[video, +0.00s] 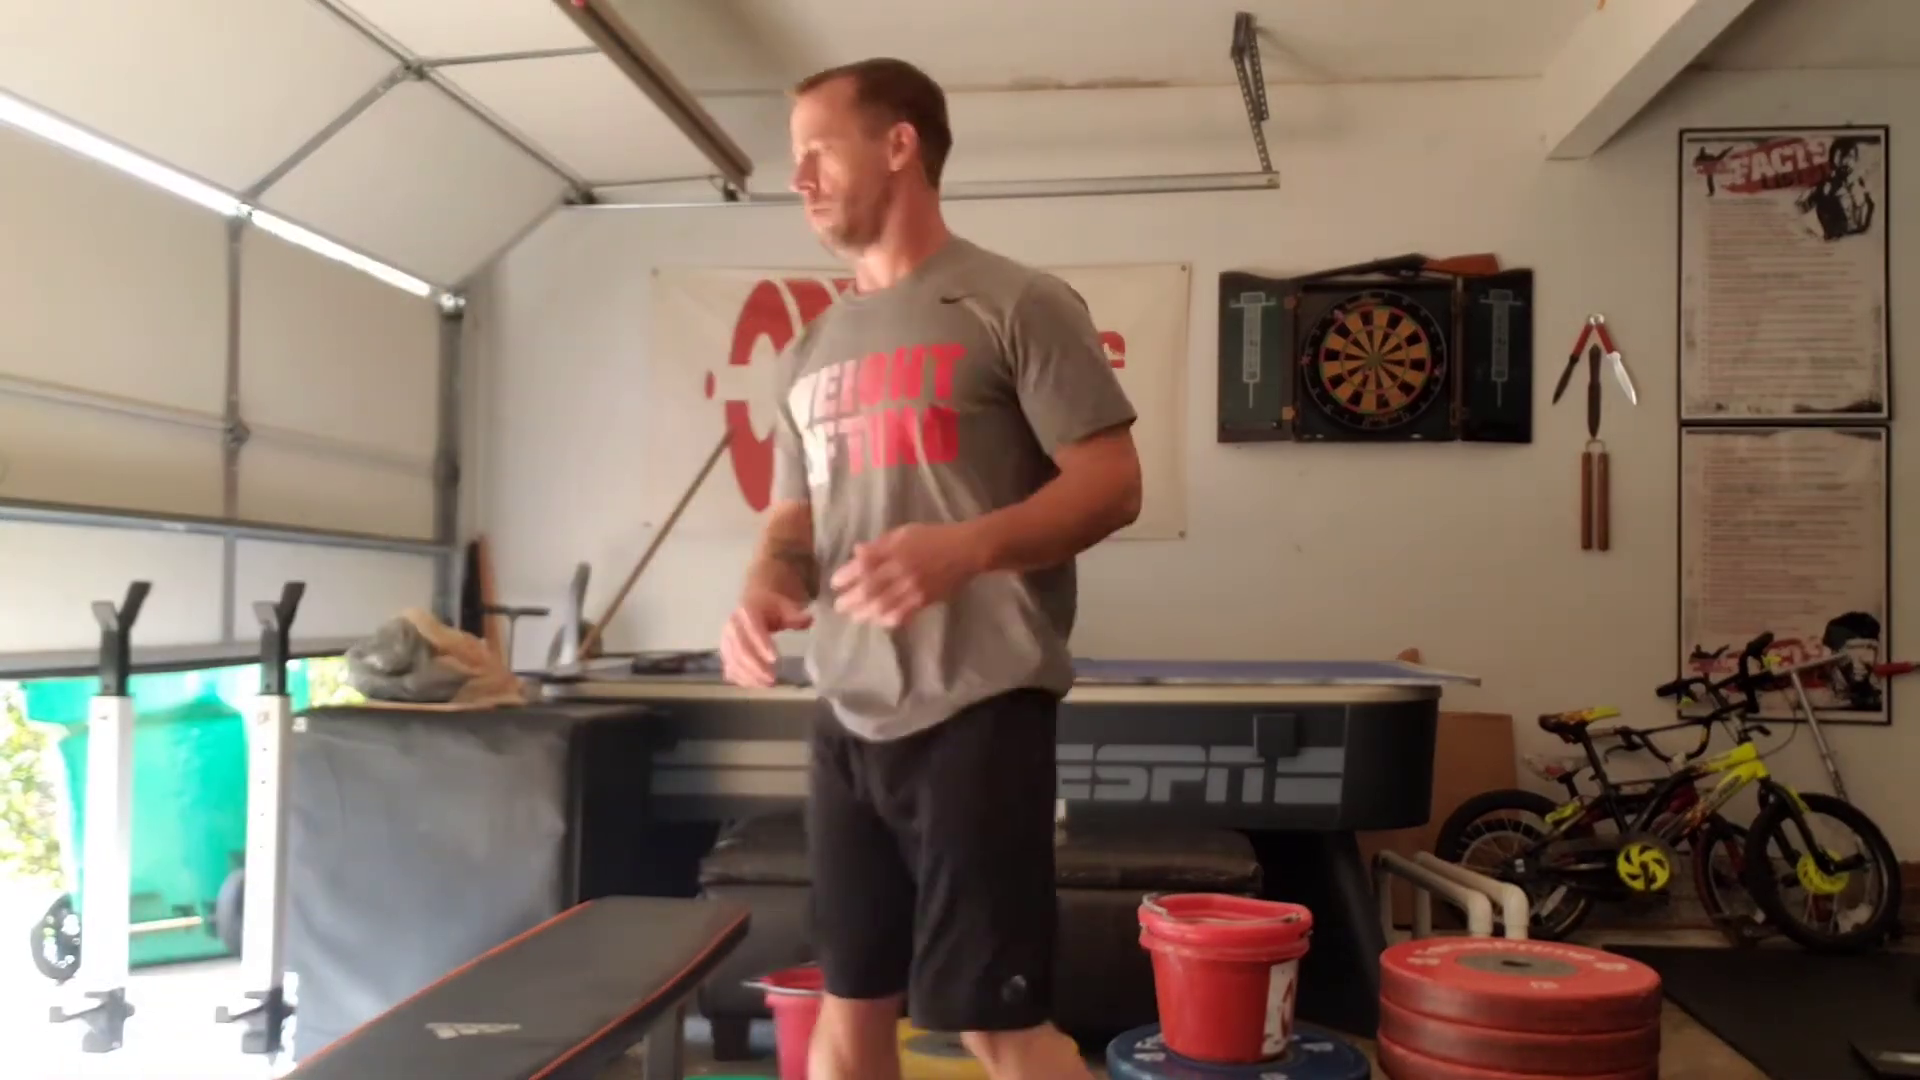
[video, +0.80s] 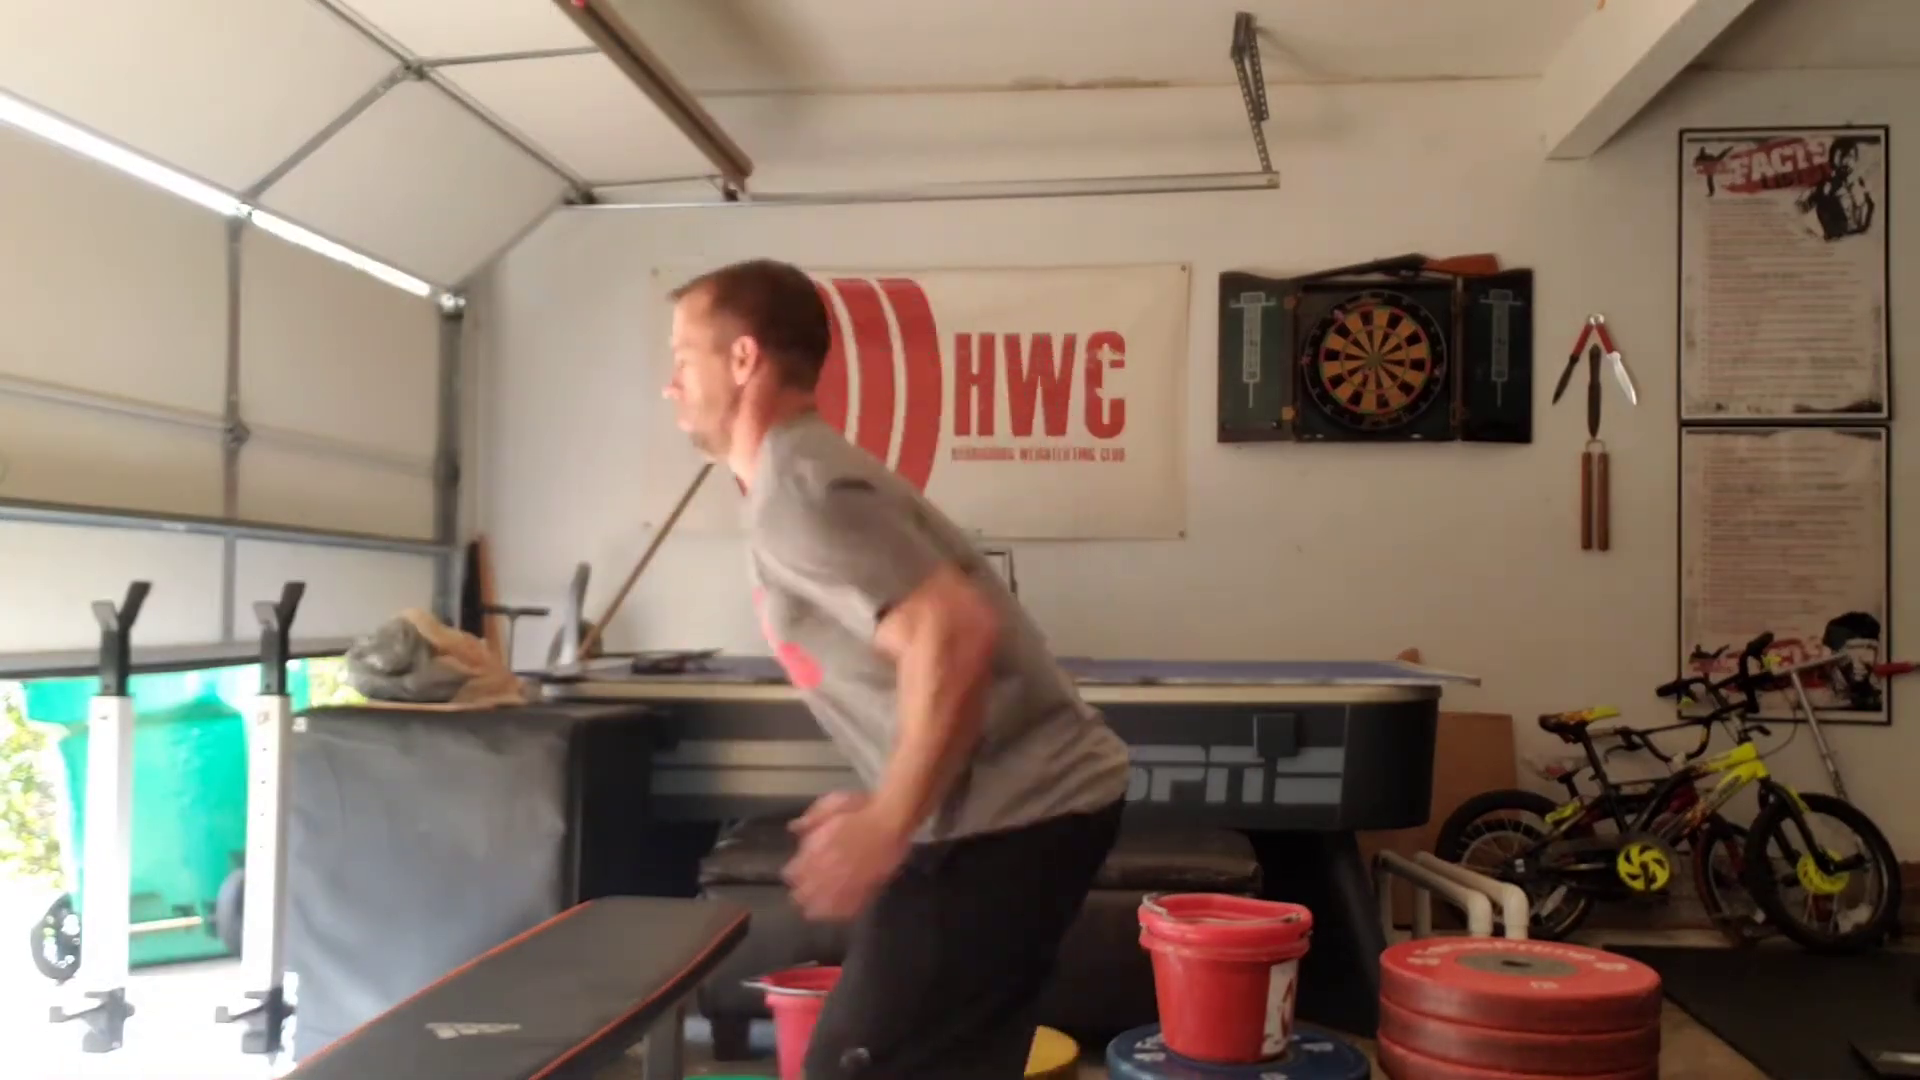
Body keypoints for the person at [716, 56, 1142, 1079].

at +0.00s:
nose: (801, 179)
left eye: (821, 153)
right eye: (796, 159)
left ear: (902, 149)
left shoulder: (1021, 306)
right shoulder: (810, 356)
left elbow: (1111, 485)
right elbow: (795, 523)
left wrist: (962, 548)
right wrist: (764, 591)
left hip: (980, 709)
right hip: (851, 715)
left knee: (1001, 1019)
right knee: (853, 1002)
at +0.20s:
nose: (828, 195)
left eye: (840, 165)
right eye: (828, 170)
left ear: (911, 154)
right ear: (907, 160)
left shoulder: (986, 302)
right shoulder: (925, 312)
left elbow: (1040, 506)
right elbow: (923, 533)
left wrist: (860, 598)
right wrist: (806, 627)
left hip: (1015, 721)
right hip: (932, 717)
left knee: (1042, 1034)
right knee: (883, 971)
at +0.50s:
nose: (775, 220)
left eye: (781, 189)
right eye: (771, 195)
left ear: (848, 174)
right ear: (858, 178)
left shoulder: (904, 291)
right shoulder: (924, 285)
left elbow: (988, 429)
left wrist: (924, 641)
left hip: (1009, 706)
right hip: (1017, 699)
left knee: (1002, 1033)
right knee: (1009, 1027)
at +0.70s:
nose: (685, 320)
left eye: (694, 290)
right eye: (685, 295)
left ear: (759, 282)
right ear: (764, 285)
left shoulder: (815, 381)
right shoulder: (816, 386)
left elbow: (994, 436)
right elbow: (989, 443)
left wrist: (1029, 647)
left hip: (1018, 731)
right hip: (1050, 726)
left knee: (876, 1023)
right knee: (959, 1012)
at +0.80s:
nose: (670, 381)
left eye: (684, 355)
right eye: (674, 357)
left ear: (744, 361)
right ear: (745, 365)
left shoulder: (800, 481)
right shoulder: (799, 471)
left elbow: (953, 627)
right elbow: (946, 642)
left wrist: (889, 822)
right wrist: (881, 798)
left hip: (1015, 812)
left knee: (861, 1061)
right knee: (939, 1059)